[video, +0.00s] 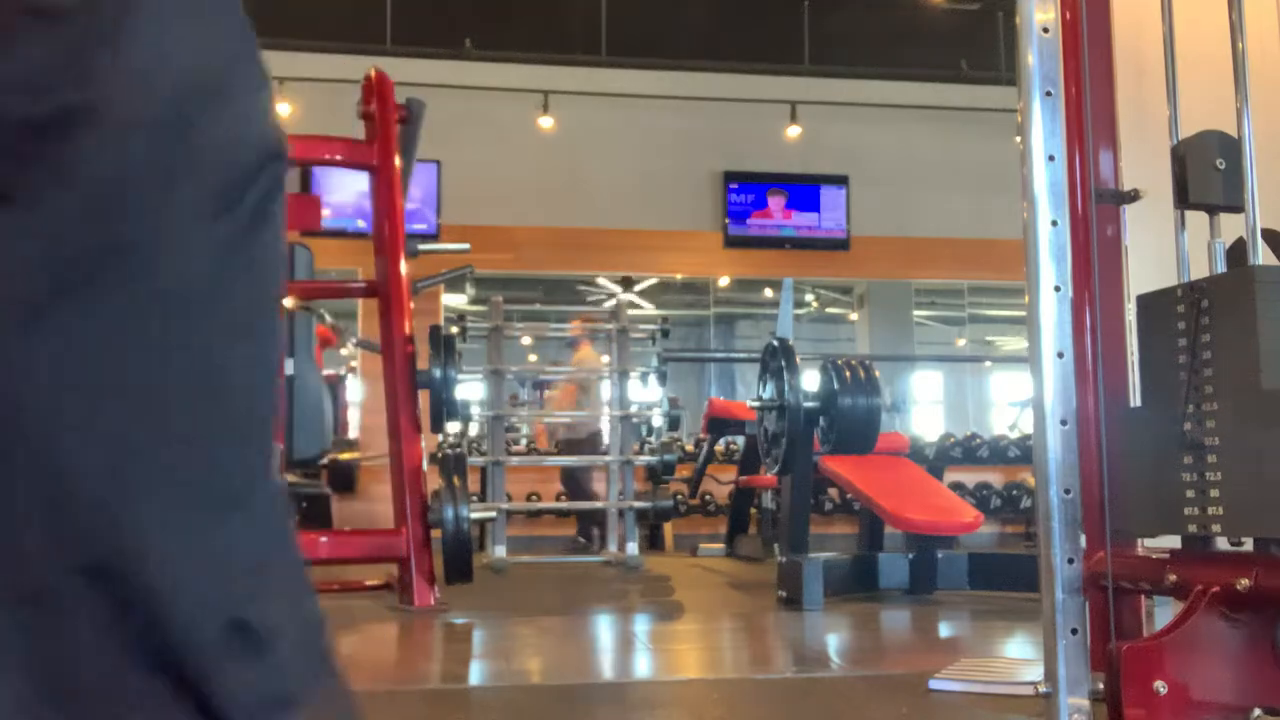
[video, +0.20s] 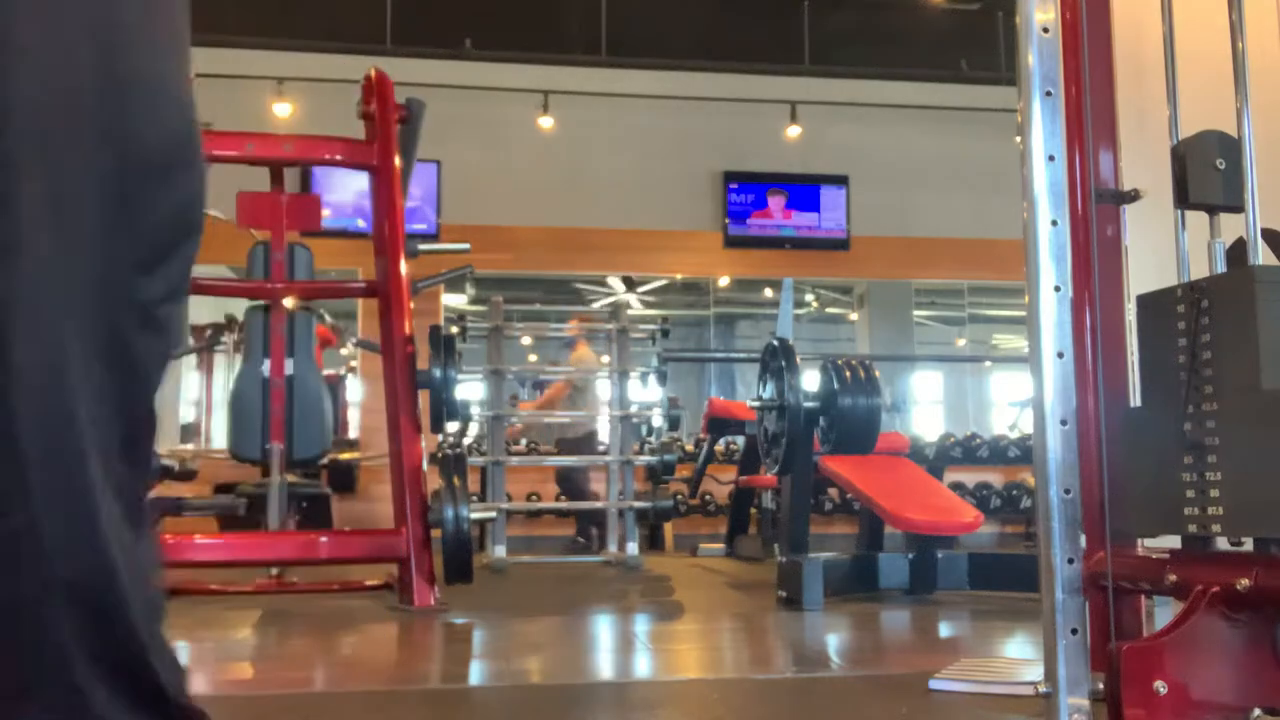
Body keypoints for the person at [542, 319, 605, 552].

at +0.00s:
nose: (570, 334)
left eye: (573, 329)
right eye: (571, 329)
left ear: (582, 332)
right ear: (583, 333)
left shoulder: (585, 358)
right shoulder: (582, 357)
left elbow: (570, 394)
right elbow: (569, 393)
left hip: (581, 432)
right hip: (576, 432)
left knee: (573, 481)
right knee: (577, 483)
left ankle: (602, 524)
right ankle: (584, 533)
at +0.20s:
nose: (567, 328)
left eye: (572, 323)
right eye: (569, 323)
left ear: (582, 328)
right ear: (579, 328)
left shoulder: (583, 356)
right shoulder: (578, 356)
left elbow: (560, 390)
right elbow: (558, 395)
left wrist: (532, 408)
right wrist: (525, 424)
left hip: (578, 432)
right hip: (571, 432)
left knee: (570, 481)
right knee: (574, 483)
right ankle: (583, 533)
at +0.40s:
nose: (563, 331)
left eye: (567, 326)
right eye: (563, 326)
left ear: (578, 330)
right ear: (573, 330)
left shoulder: (580, 357)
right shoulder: (574, 356)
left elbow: (565, 389)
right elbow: (561, 391)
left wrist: (543, 401)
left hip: (576, 431)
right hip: (570, 430)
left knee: (562, 477)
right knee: (571, 480)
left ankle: (585, 530)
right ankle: (583, 530)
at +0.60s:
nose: (555, 332)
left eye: (560, 328)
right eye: (557, 327)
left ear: (570, 331)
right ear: (574, 332)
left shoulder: (569, 357)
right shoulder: (579, 356)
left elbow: (568, 397)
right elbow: (576, 396)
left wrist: (564, 429)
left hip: (568, 430)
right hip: (580, 429)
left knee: (557, 482)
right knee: (579, 483)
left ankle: (566, 536)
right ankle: (584, 535)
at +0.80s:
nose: (556, 339)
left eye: (558, 334)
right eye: (560, 334)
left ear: (559, 336)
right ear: (574, 337)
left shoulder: (561, 364)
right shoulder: (576, 361)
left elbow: (572, 402)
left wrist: (583, 429)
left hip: (562, 433)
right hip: (574, 432)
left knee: (557, 485)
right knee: (577, 484)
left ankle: (566, 540)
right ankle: (585, 538)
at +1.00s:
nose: (553, 335)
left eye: (555, 331)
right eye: (556, 331)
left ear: (557, 333)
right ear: (571, 334)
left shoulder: (558, 358)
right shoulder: (572, 356)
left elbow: (561, 393)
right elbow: (570, 392)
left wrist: (558, 424)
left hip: (561, 427)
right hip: (573, 425)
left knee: (556, 481)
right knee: (570, 480)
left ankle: (566, 539)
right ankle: (583, 536)